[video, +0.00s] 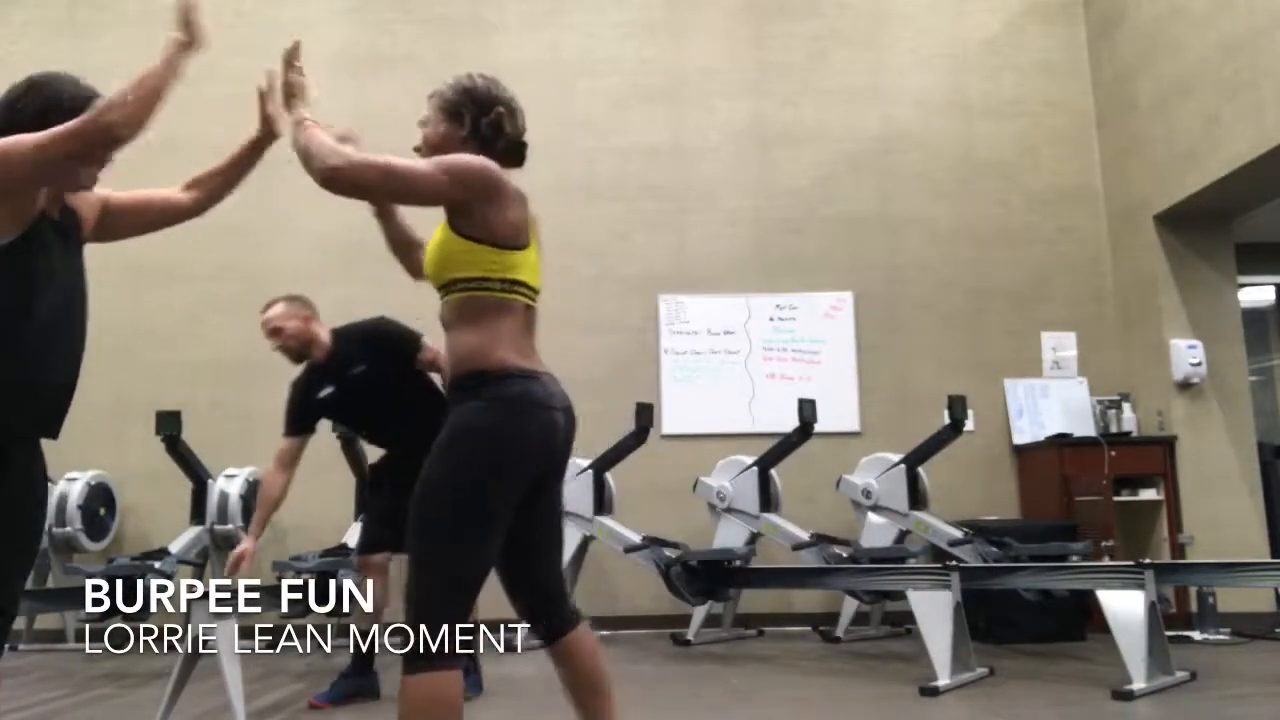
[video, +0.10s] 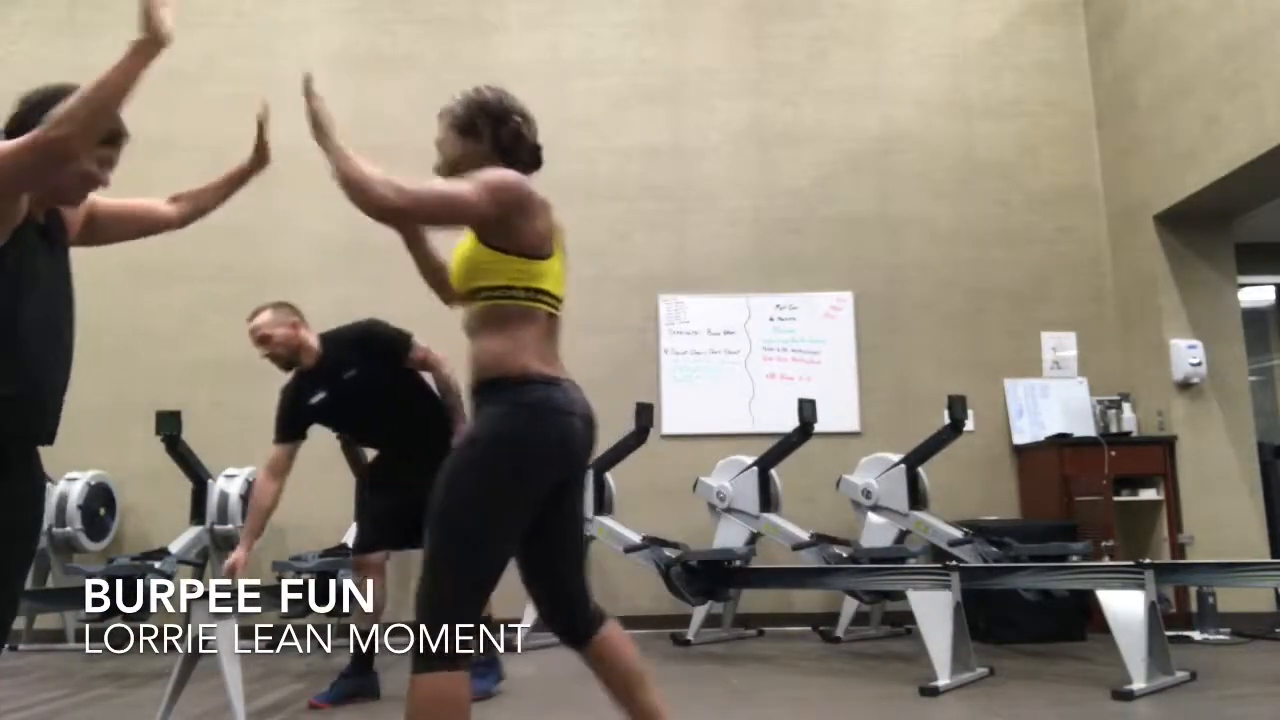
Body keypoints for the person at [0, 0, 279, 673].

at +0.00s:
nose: (106, 162)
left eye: (108, 149)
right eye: (95, 145)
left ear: (78, 149)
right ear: (47, 142)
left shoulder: (74, 213)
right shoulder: (11, 192)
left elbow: (189, 198)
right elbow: (101, 133)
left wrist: (264, 137)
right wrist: (181, 47)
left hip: (24, 450)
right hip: (2, 449)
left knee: (7, 609)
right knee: (5, 610)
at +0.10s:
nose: (108, 173)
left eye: (115, 158)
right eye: (102, 153)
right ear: (56, 144)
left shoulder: (60, 219)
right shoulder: (9, 209)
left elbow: (171, 211)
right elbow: (56, 141)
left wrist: (249, 170)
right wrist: (146, 47)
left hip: (21, 457)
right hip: (1, 456)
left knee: (5, 611)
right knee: (4, 612)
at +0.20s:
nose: (104, 218)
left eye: (112, 207)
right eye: (102, 202)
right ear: (62, 176)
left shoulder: (61, 237)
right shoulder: (14, 228)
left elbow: (150, 255)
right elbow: (13, 179)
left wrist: (232, 246)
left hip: (18, 469)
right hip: (3, 468)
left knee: (3, 621)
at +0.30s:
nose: (134, 265)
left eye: (145, 254)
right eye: (137, 246)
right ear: (109, 218)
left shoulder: (78, 268)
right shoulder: (18, 235)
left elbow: (136, 338)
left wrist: (203, 360)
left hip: (2, 462)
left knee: (3, 616)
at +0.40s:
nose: (156, 354)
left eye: (168, 345)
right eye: (164, 339)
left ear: (137, 298)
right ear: (144, 314)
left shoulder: (107, 339)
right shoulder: (38, 323)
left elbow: (114, 436)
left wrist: (140, 517)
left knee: (12, 619)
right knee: (10, 620)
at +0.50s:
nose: (170, 439)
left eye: (182, 428)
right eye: (179, 424)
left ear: (155, 383)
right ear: (164, 403)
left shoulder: (112, 416)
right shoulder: (52, 393)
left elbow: (101, 522)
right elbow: (7, 505)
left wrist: (111, 615)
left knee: (25, 631)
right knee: (21, 631)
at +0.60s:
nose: (165, 536)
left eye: (177, 530)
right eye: (173, 525)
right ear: (165, 507)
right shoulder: (67, 481)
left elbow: (115, 625)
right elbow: (11, 632)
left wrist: (125, 711)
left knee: (56, 643)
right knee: (50, 646)